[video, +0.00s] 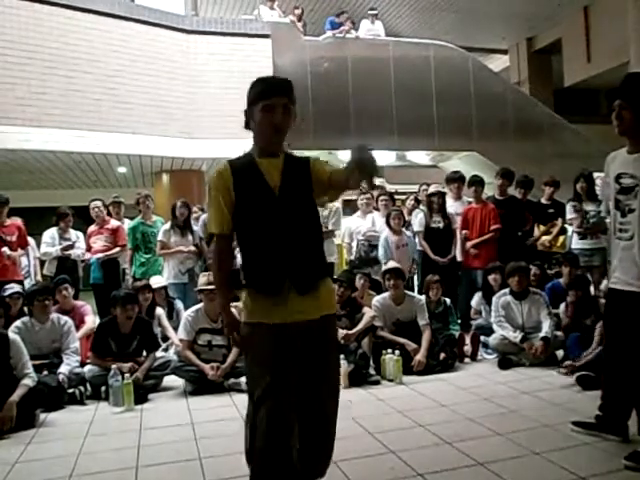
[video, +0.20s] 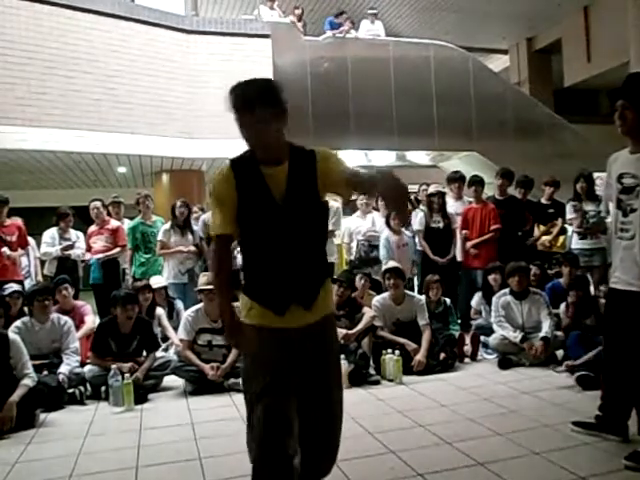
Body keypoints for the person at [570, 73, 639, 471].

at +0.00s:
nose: (616, 119)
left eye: (622, 111)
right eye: (614, 112)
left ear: (638, 115)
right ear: (617, 118)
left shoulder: (632, 162)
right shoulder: (614, 160)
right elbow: (612, 220)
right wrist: (609, 271)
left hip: (636, 282)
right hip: (619, 279)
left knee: (635, 360)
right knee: (617, 354)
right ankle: (612, 419)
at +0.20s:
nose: (619, 119)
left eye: (625, 111)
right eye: (617, 112)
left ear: (639, 115)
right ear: (618, 118)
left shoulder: (631, 163)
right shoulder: (616, 161)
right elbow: (611, 217)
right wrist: (592, 229)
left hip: (636, 281)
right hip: (620, 278)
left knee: (634, 359)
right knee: (617, 353)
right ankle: (612, 419)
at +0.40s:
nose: (622, 118)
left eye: (628, 111)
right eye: (620, 112)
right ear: (620, 118)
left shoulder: (631, 163)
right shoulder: (618, 161)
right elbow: (611, 217)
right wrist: (592, 226)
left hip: (636, 282)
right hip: (621, 278)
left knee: (634, 358)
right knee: (618, 352)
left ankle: (639, 441)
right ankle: (612, 418)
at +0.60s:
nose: (624, 119)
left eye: (629, 111)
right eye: (621, 112)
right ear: (620, 119)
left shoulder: (630, 163)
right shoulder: (620, 161)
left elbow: (615, 220)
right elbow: (615, 220)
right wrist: (593, 228)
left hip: (636, 281)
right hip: (622, 279)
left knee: (633, 357)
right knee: (618, 352)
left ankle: (639, 441)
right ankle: (612, 418)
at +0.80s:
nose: (624, 119)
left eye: (629, 111)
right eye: (622, 113)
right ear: (621, 119)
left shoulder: (630, 163)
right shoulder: (620, 162)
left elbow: (615, 221)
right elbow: (614, 221)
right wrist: (593, 230)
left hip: (636, 282)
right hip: (623, 279)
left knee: (635, 357)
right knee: (618, 352)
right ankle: (612, 418)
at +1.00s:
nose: (624, 118)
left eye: (629, 111)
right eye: (623, 111)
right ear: (624, 118)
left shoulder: (629, 162)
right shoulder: (621, 161)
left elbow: (616, 221)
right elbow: (615, 221)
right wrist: (610, 266)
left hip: (635, 280)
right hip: (623, 278)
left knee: (633, 357)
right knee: (619, 352)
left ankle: (639, 441)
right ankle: (612, 418)